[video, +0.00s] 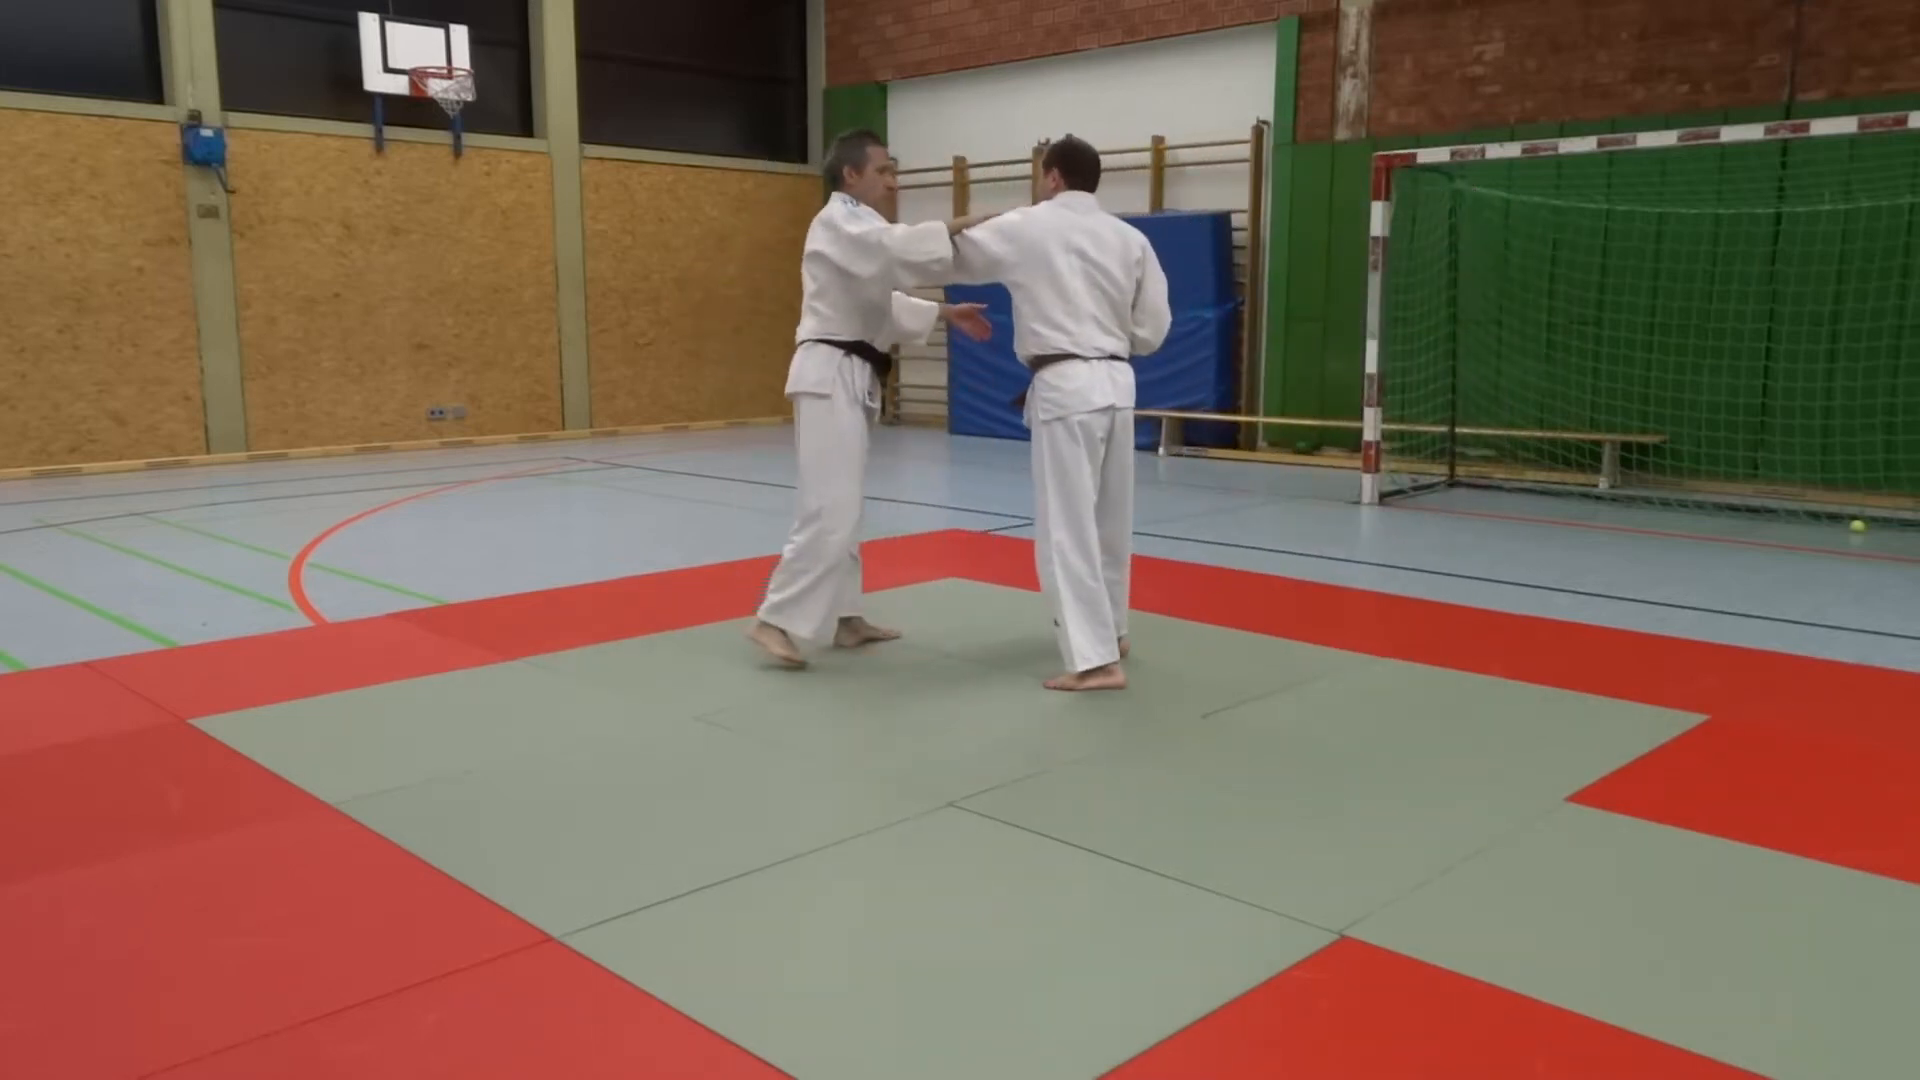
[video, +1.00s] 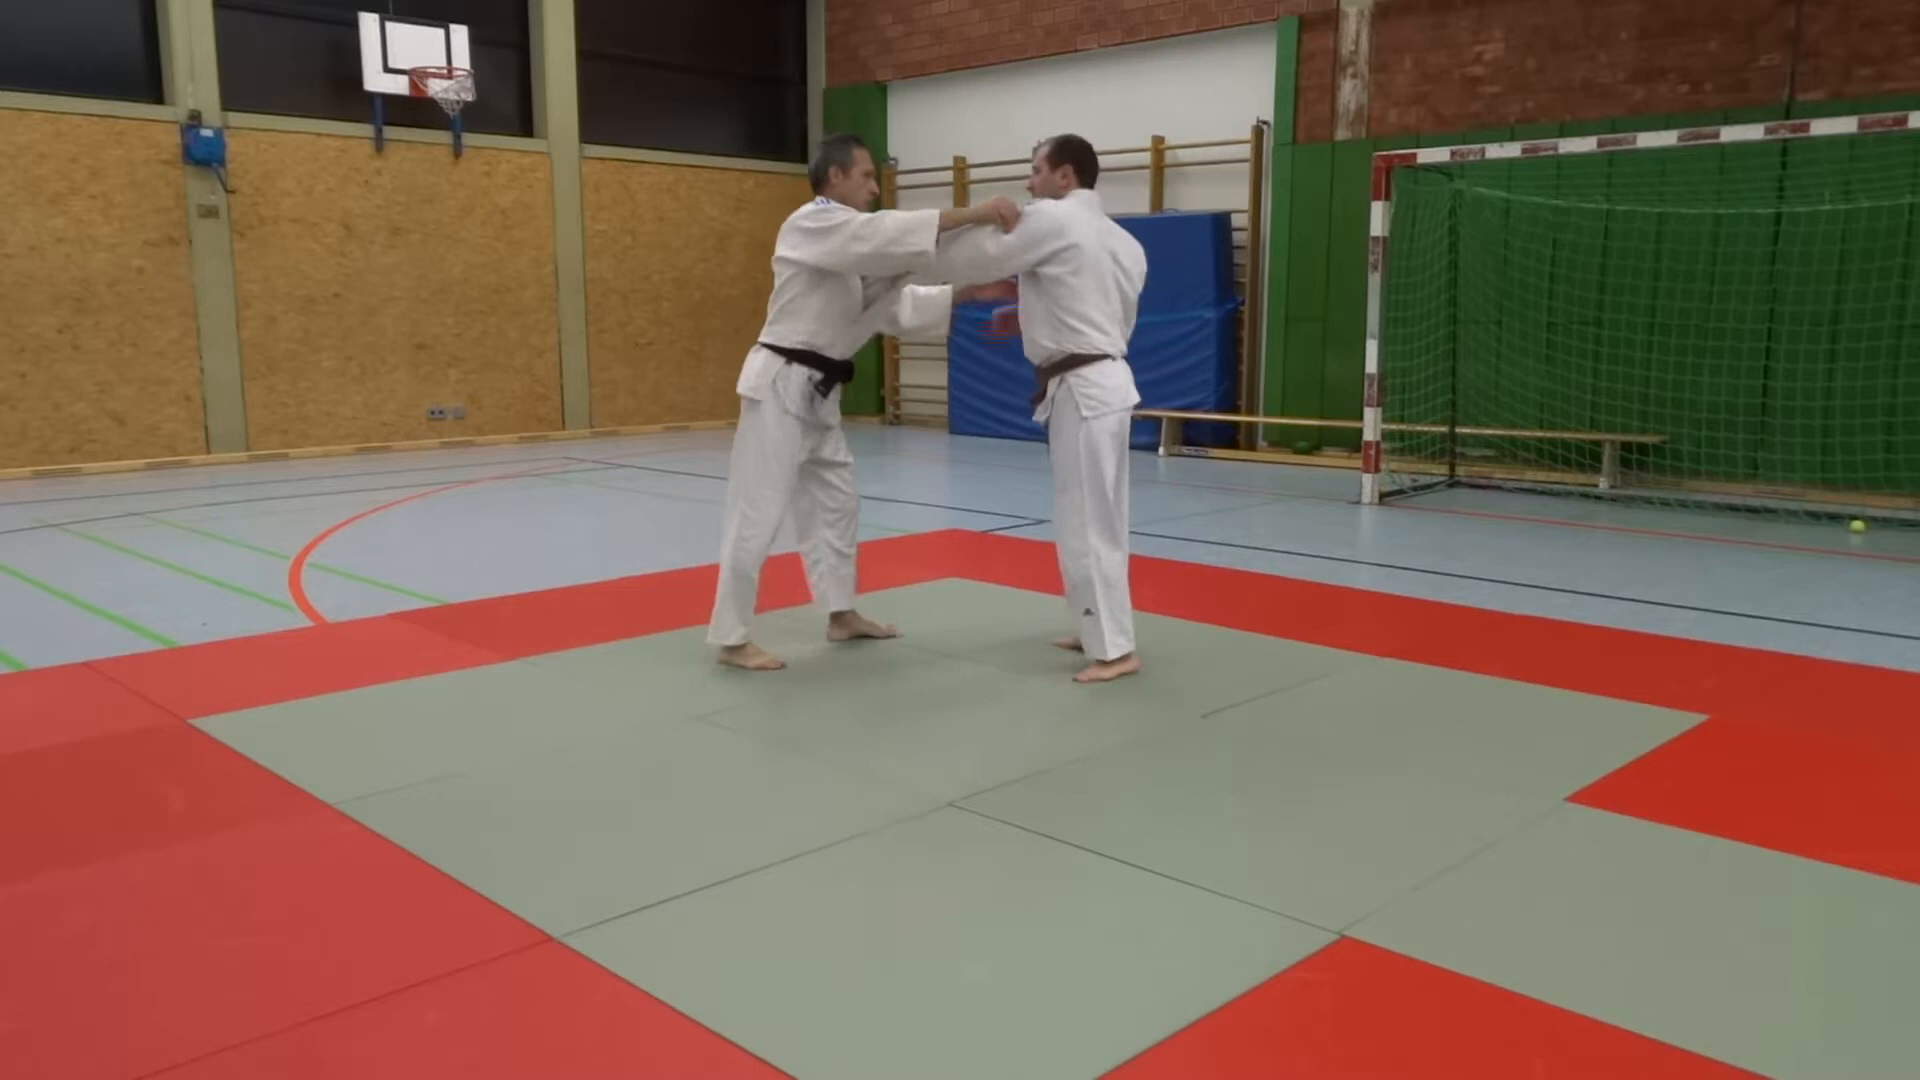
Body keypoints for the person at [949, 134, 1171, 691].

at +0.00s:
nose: (1038, 185)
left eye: (1040, 176)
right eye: (1042, 176)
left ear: (1053, 177)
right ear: (1092, 182)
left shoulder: (1029, 226)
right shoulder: (1130, 238)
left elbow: (956, 251)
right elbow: (1152, 330)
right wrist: (1101, 341)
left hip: (1061, 385)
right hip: (1120, 382)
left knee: (1067, 526)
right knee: (1112, 519)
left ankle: (1097, 663)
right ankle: (1112, 636)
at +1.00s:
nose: (1030, 180)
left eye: (1037, 170)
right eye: (1032, 170)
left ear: (1066, 174)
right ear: (1083, 177)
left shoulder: (1052, 217)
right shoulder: (1124, 242)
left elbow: (989, 255)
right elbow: (1102, 317)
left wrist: (913, 248)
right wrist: (1026, 318)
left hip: (1082, 391)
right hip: (1112, 385)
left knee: (1084, 521)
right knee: (1098, 514)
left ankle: (1115, 651)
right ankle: (1097, 627)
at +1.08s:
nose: (1027, 179)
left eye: (1034, 170)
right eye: (1029, 170)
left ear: (1066, 174)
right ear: (1067, 176)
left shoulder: (1079, 218)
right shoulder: (1072, 224)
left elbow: (1012, 260)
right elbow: (1050, 328)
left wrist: (946, 252)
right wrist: (975, 349)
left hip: (1094, 393)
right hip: (1070, 393)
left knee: (1087, 525)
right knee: (1065, 520)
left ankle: (1115, 651)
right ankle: (1095, 628)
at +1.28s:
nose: (998, 192)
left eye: (1010, 184)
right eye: (997, 182)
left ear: (1044, 192)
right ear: (1000, 190)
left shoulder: (1075, 238)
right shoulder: (998, 253)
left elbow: (1028, 299)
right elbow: (971, 342)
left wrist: (962, 292)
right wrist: (895, 354)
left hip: (1082, 401)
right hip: (1024, 405)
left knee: (1107, 531)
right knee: (1000, 533)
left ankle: (1131, 653)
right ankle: (1041, 591)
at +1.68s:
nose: (971, 199)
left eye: (983, 190)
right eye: (965, 189)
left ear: (1012, 197)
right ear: (959, 195)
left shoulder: (1044, 251)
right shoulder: (946, 252)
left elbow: (1028, 312)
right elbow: (920, 306)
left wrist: (961, 295)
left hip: (1034, 403)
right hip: (972, 404)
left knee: (1062, 529)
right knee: (953, 539)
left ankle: (1103, 645)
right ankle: (966, 630)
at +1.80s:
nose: (968, 195)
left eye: (979, 185)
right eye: (963, 185)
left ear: (1013, 189)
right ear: (959, 188)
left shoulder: (1040, 245)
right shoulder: (951, 232)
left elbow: (1003, 308)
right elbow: (906, 272)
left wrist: (944, 281)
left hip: (1031, 400)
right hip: (971, 397)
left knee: (1062, 525)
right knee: (955, 527)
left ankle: (1099, 641)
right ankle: (966, 629)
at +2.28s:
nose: (995, 184)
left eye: (1007, 175)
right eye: (994, 174)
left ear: (1041, 183)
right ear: (998, 180)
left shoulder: (1049, 243)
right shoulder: (996, 233)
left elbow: (972, 289)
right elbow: (950, 238)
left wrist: (903, 269)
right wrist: (915, 222)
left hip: (1038, 398)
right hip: (983, 395)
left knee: (1055, 528)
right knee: (973, 521)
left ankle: (1091, 646)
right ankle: (976, 628)